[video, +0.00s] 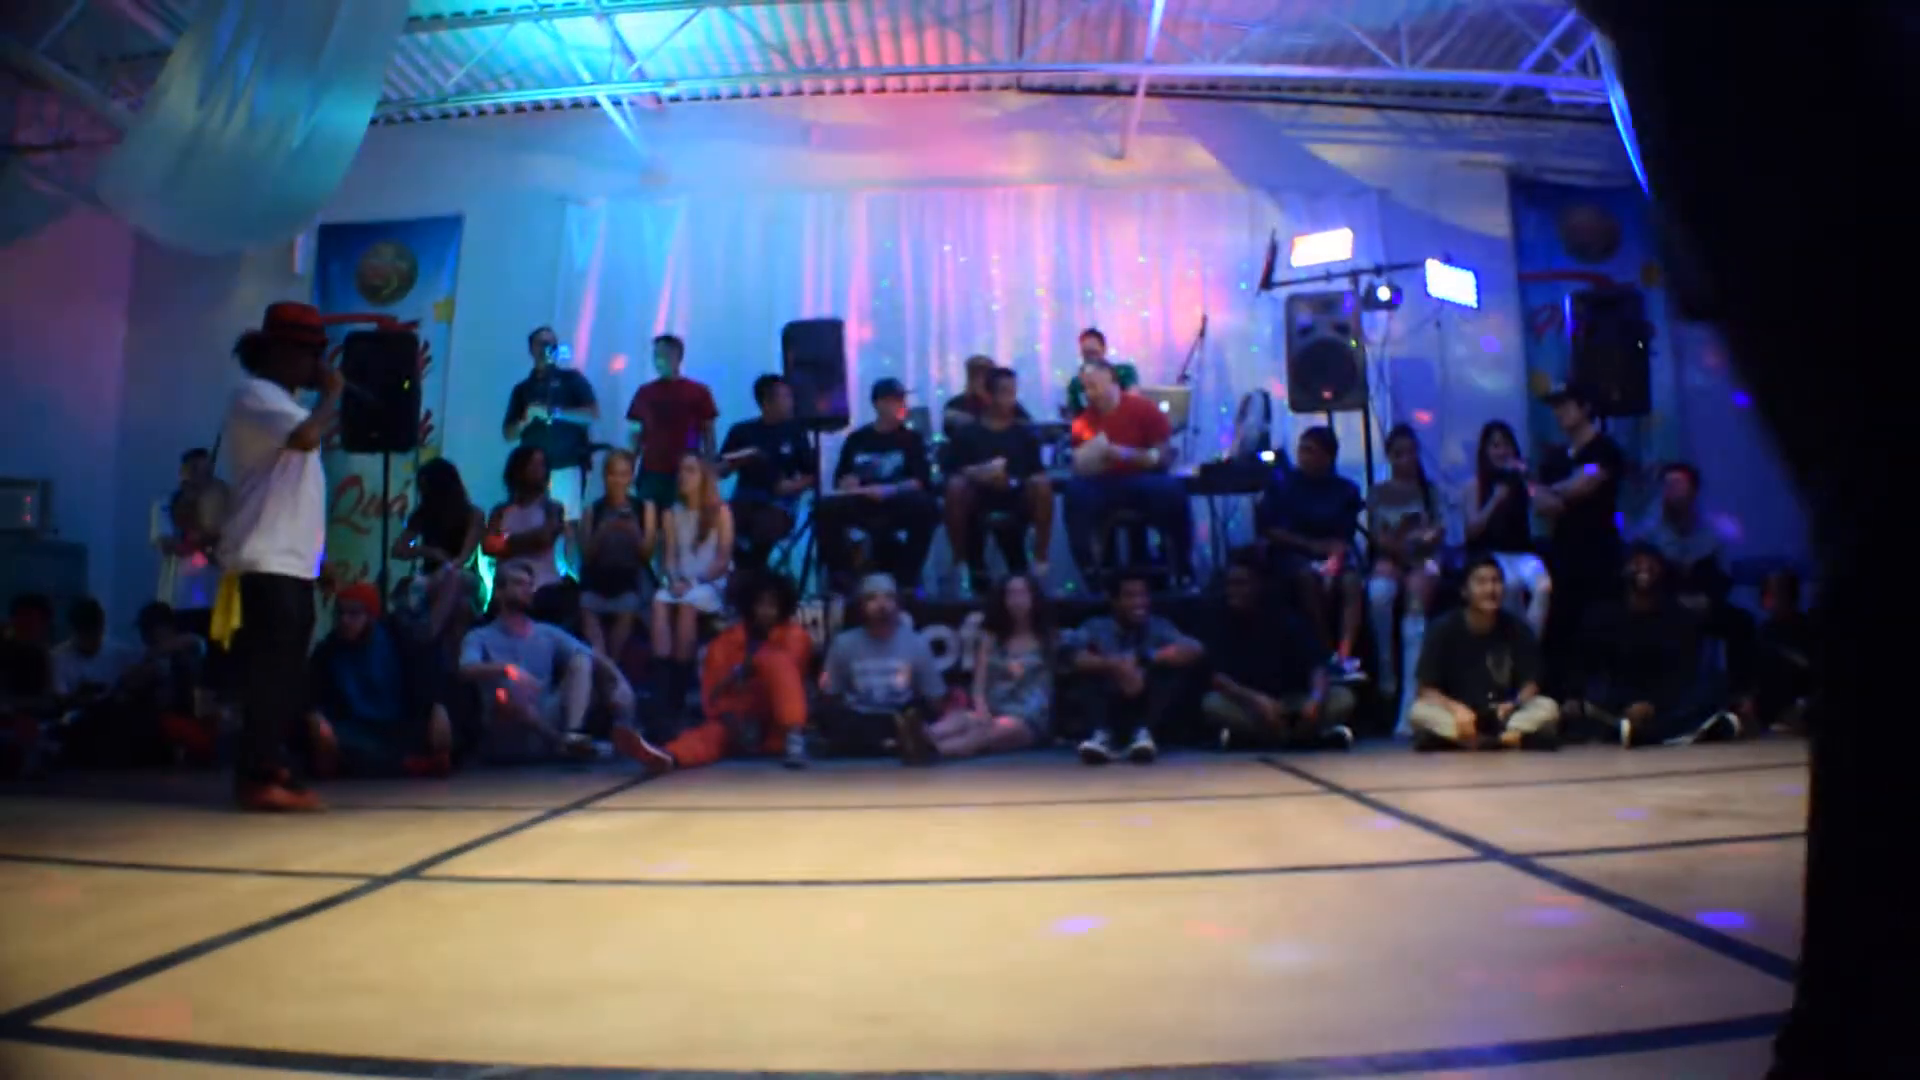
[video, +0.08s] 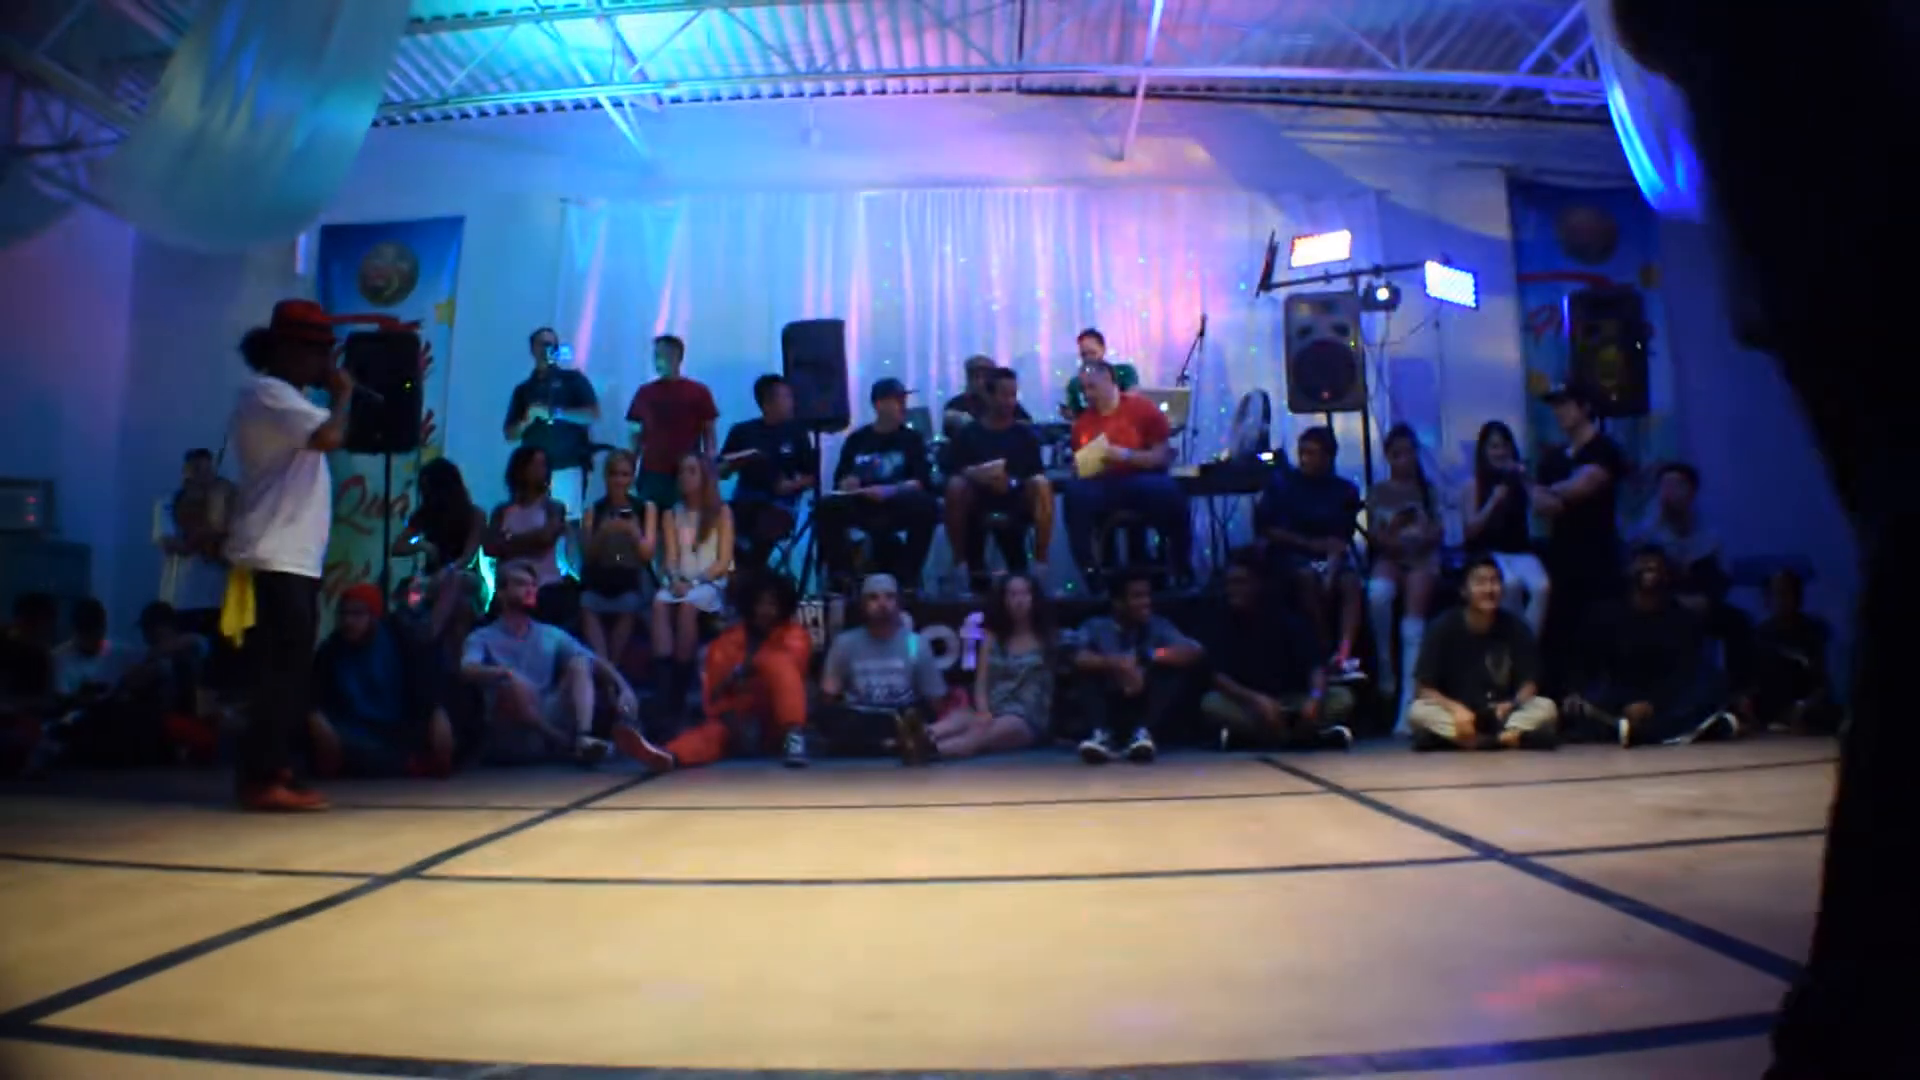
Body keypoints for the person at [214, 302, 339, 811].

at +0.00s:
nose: (316, 365)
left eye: (317, 357)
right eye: (309, 355)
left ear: (289, 358)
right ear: (281, 354)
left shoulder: (285, 404)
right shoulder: (254, 398)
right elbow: (306, 436)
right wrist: (333, 393)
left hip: (291, 563)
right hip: (266, 563)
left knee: (282, 673)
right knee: (271, 673)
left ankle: (271, 770)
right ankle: (260, 775)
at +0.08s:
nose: (325, 362)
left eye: (325, 353)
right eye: (318, 352)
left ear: (290, 354)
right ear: (291, 351)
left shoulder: (286, 399)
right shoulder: (266, 397)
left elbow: (349, 429)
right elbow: (330, 436)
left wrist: (402, 375)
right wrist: (344, 393)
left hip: (291, 560)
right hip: (275, 562)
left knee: (285, 673)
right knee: (282, 673)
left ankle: (273, 774)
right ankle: (266, 778)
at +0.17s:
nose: (333, 359)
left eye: (332, 350)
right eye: (325, 350)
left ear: (290, 351)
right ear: (301, 351)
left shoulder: (274, 392)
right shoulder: (285, 395)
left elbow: (344, 434)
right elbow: (348, 437)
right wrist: (354, 392)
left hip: (282, 556)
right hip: (286, 558)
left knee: (285, 672)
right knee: (287, 673)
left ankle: (276, 774)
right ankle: (270, 778)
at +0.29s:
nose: (345, 360)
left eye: (344, 351)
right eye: (339, 351)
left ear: (298, 351)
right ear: (318, 352)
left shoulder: (279, 394)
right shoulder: (308, 397)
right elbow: (370, 442)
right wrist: (363, 397)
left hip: (271, 551)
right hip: (294, 556)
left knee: (282, 670)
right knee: (293, 671)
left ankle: (273, 775)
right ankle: (278, 778)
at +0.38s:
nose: (348, 360)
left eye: (347, 351)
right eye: (341, 351)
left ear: (295, 348)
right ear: (322, 352)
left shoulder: (268, 394)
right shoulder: (318, 398)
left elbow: (248, 460)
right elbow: (379, 444)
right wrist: (364, 393)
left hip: (263, 551)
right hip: (300, 557)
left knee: (273, 670)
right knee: (297, 673)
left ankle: (271, 775)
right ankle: (280, 778)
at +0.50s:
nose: (348, 361)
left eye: (347, 351)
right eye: (342, 351)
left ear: (290, 347)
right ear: (325, 351)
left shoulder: (250, 400)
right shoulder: (327, 398)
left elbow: (231, 471)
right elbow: (379, 443)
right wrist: (360, 391)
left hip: (253, 554)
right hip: (301, 559)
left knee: (265, 670)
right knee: (296, 673)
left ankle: (272, 775)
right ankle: (278, 778)